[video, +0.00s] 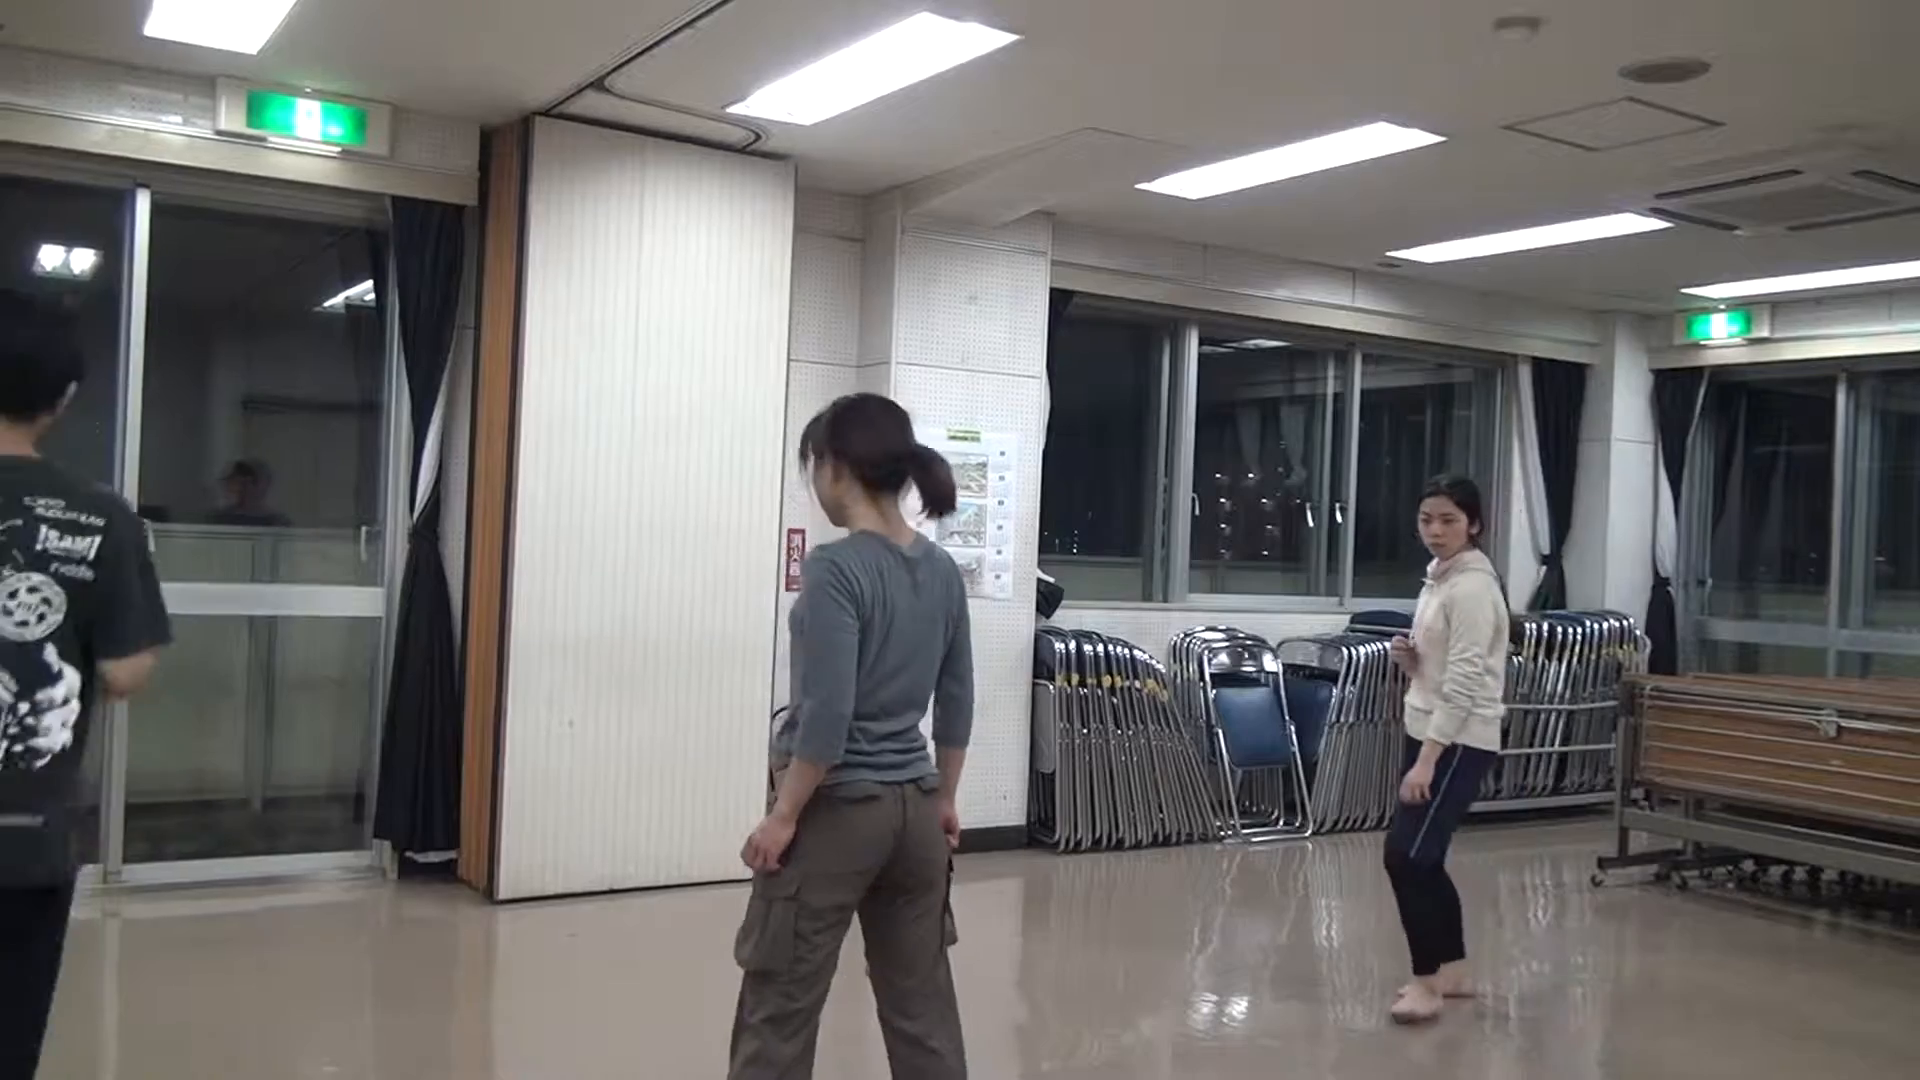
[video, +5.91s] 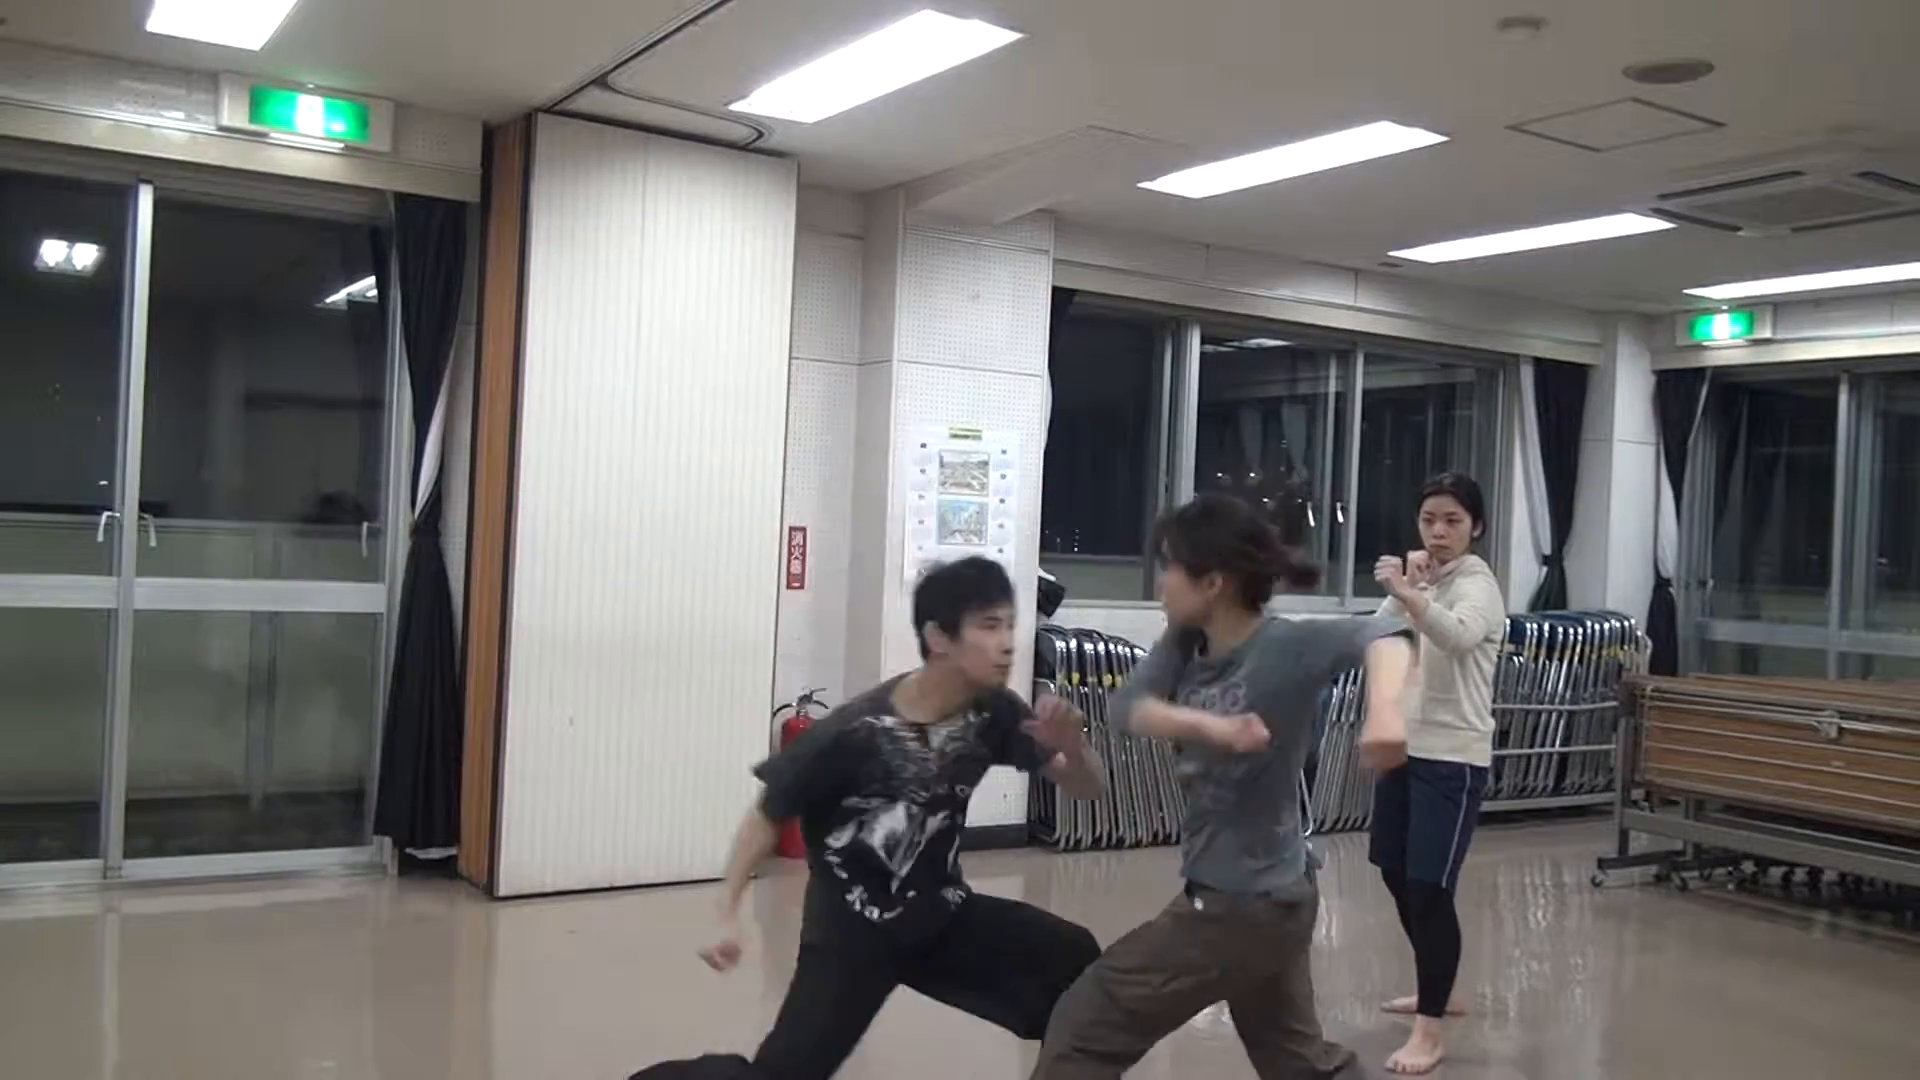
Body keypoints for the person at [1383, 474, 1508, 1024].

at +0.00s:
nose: (1434, 529)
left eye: (1446, 520)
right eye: (1427, 520)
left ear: (1472, 524)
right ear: (1421, 524)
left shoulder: (1473, 586)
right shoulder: (1441, 577)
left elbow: (1465, 683)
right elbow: (1438, 668)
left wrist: (1427, 760)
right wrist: (1412, 657)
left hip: (1463, 741)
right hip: (1437, 733)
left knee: (1405, 853)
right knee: (1420, 853)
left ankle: (1427, 980)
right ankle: (1453, 968)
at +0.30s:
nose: (1421, 536)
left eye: (1433, 526)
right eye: (1414, 526)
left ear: (1459, 531)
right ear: (1408, 530)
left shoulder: (1461, 589)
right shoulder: (1427, 584)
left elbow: (1428, 667)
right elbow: (1423, 670)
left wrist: (1373, 722)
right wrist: (1400, 655)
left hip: (1448, 743)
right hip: (1413, 737)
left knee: (1418, 861)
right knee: (1395, 851)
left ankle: (1414, 994)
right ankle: (1449, 965)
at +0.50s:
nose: (1423, 540)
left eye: (1435, 529)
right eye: (1415, 530)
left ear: (1462, 535)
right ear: (1409, 534)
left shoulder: (1467, 595)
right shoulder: (1423, 588)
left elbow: (1420, 654)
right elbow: (1402, 661)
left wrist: (1331, 662)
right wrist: (1391, 624)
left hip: (1444, 757)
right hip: (1407, 750)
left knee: (1416, 877)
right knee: (1398, 860)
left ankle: (1426, 1029)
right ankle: (1447, 968)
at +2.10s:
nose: (1436, 524)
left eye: (1450, 515)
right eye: (1429, 513)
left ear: (1476, 525)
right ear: (1419, 521)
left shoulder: (1479, 583)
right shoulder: (1420, 580)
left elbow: (1447, 631)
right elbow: (1372, 643)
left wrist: (1389, 588)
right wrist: (1403, 587)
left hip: (1451, 757)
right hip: (1405, 749)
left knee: (1426, 887)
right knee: (1391, 865)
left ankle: (1429, 1033)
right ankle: (1437, 991)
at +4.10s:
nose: (1433, 524)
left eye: (1447, 514)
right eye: (1426, 514)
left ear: (1475, 523)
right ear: (1418, 521)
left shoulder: (1477, 581)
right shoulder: (1422, 580)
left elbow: (1440, 630)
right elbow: (1375, 644)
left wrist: (1380, 588)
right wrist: (1404, 588)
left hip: (1447, 754)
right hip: (1406, 747)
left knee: (1425, 882)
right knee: (1409, 872)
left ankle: (1426, 1033)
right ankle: (1443, 988)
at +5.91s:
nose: (1439, 530)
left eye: (1452, 520)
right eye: (1430, 519)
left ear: (1474, 527)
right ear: (1419, 525)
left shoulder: (1479, 582)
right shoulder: (1418, 579)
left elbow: (1461, 635)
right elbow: (1380, 632)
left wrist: (1407, 594)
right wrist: (1408, 587)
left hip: (1453, 754)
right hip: (1406, 746)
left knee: (1429, 887)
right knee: (1390, 862)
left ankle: (1429, 1032)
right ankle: (1438, 988)